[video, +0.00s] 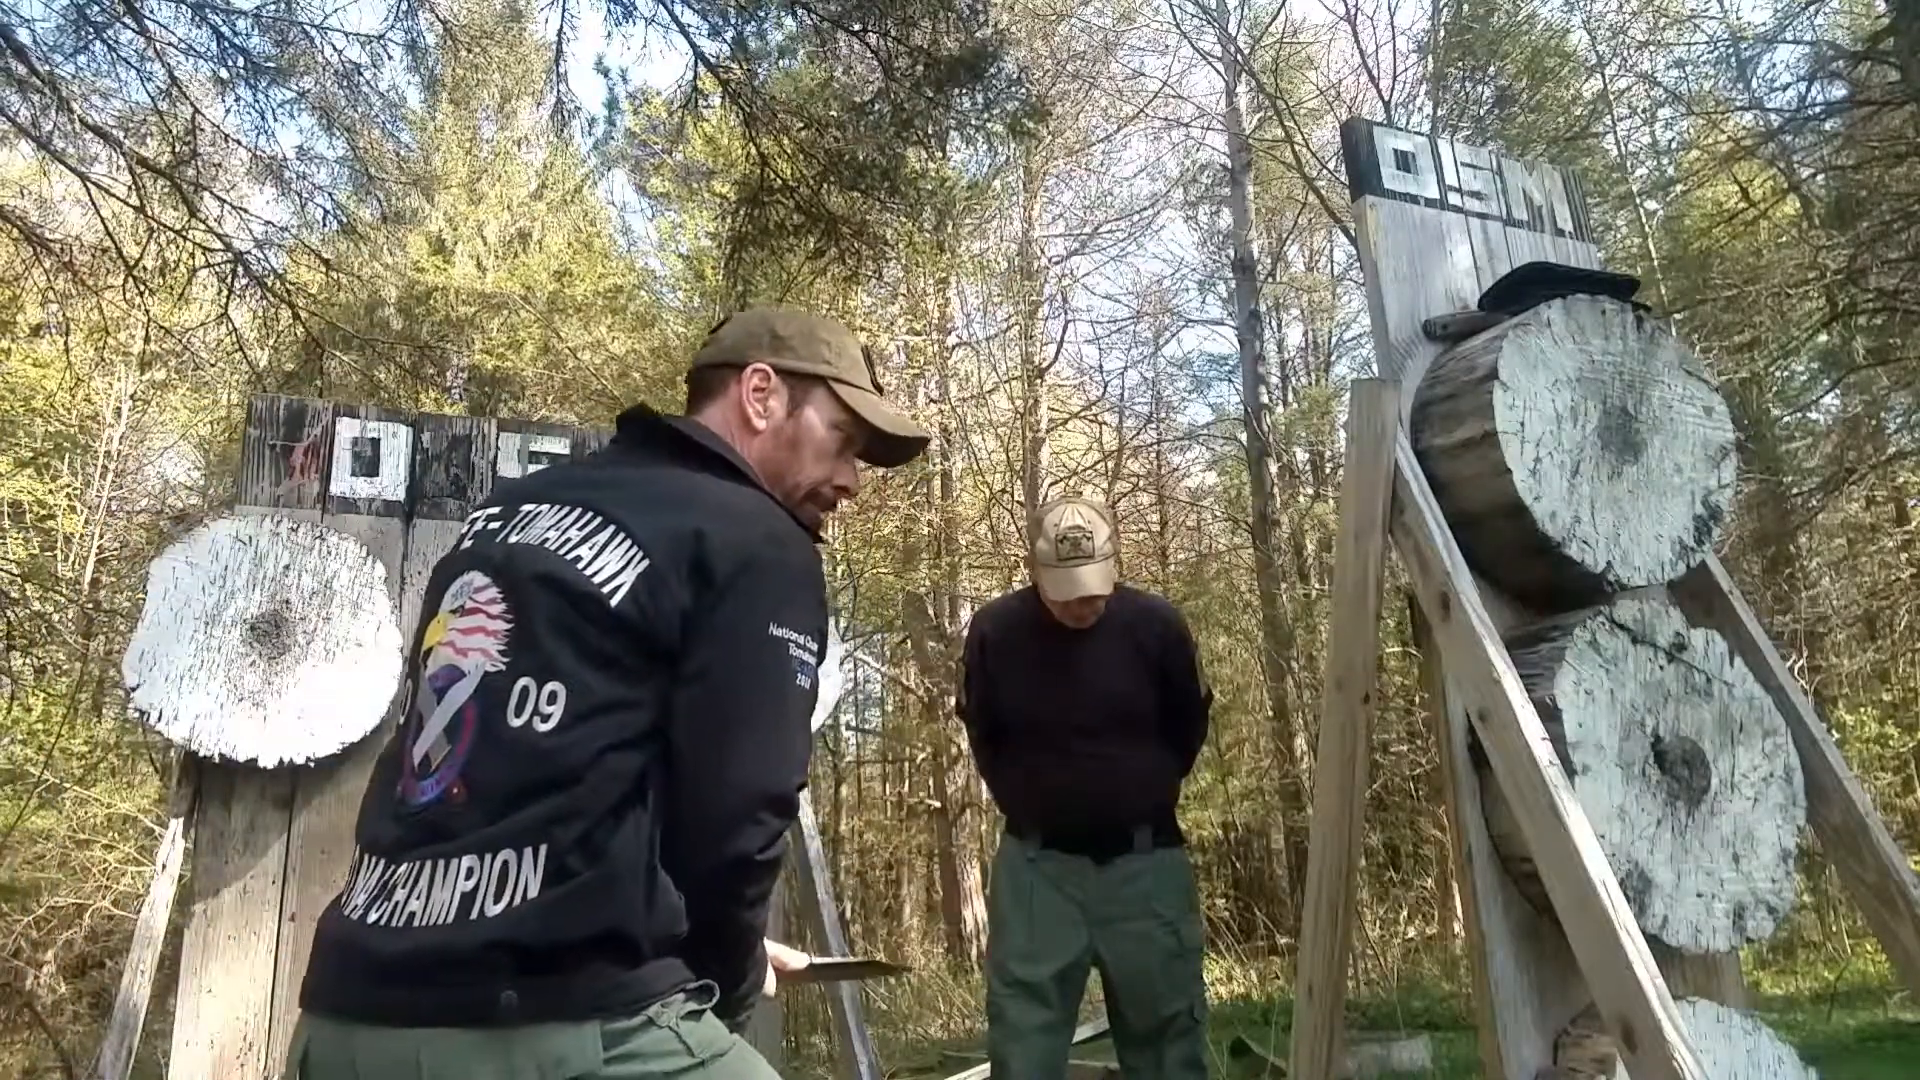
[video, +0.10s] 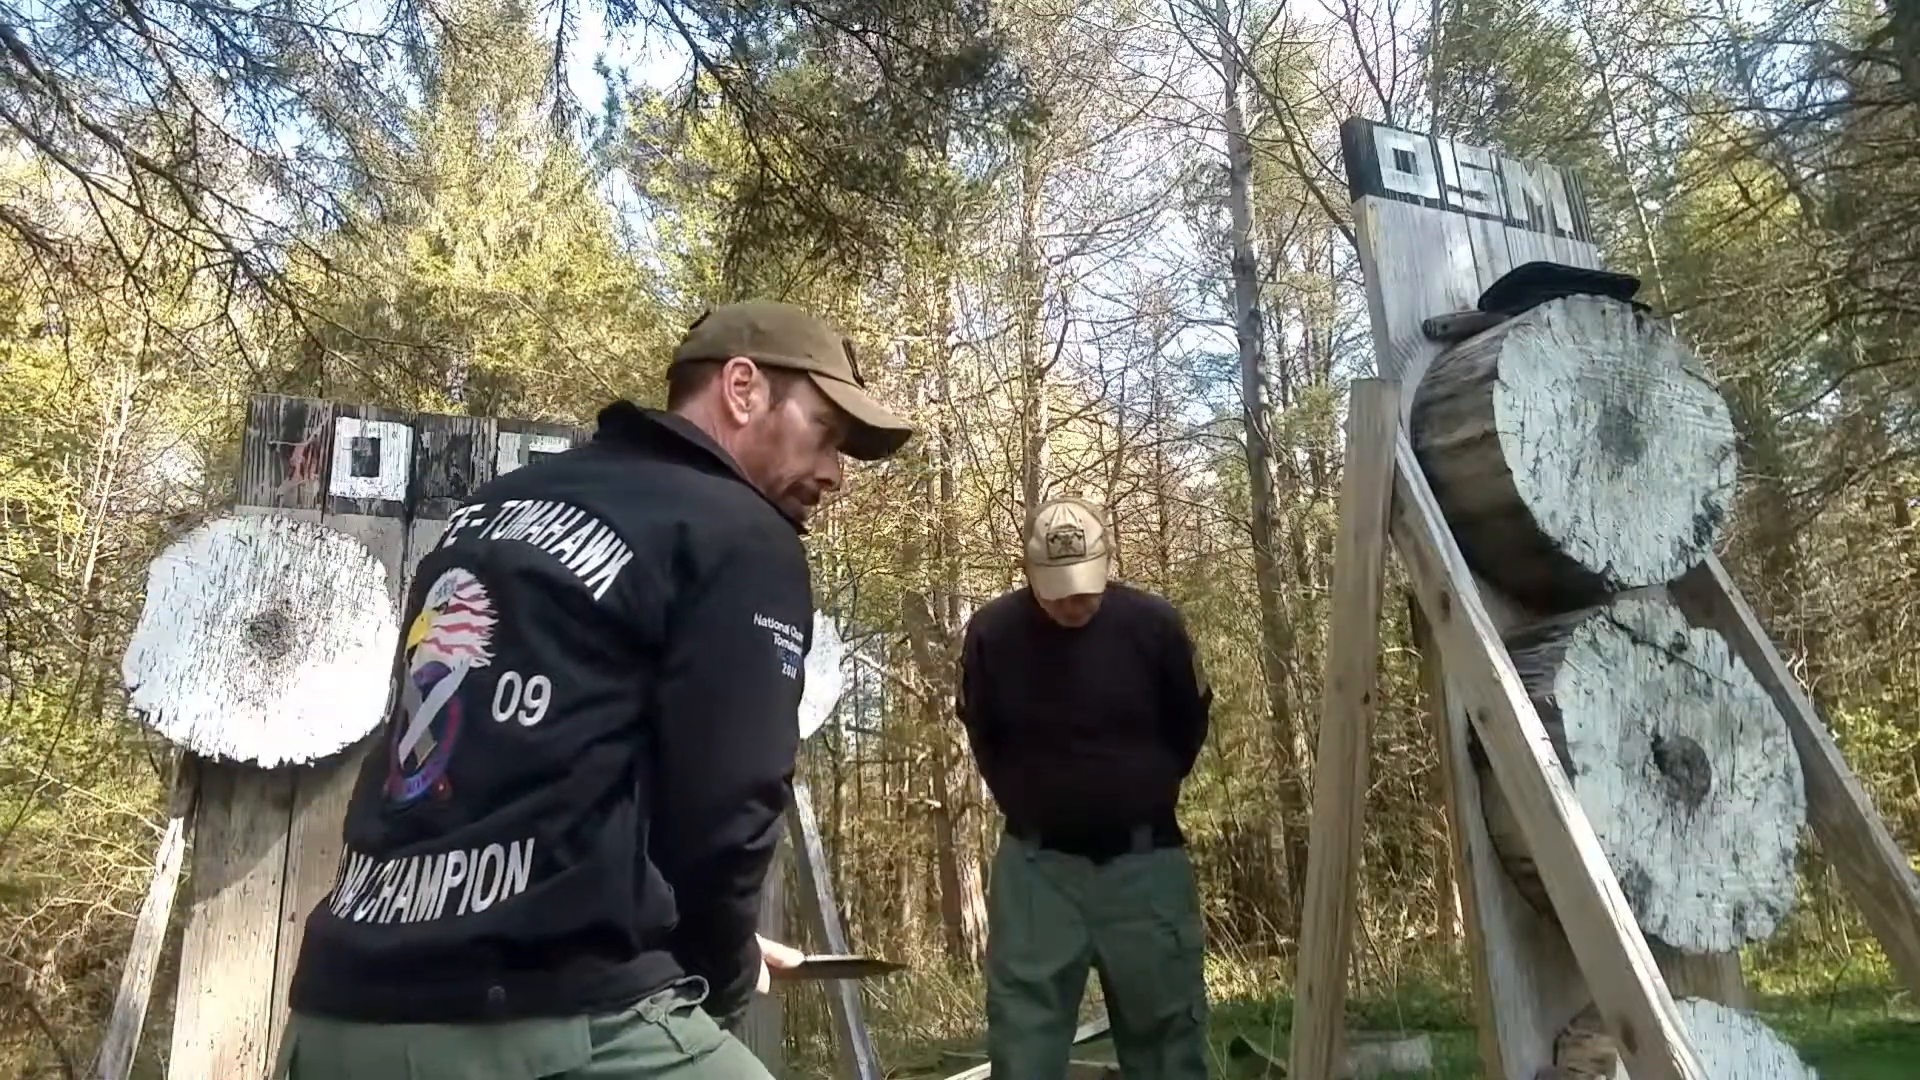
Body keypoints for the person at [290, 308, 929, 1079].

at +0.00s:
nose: (854, 483)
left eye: (862, 457)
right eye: (847, 442)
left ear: (753, 399)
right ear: (760, 398)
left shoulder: (513, 501)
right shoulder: (757, 541)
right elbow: (733, 820)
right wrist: (731, 982)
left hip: (356, 1020)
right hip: (580, 1023)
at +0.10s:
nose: (837, 478)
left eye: (844, 451)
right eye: (829, 436)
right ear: (741, 392)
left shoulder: (498, 499)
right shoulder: (740, 534)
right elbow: (723, 813)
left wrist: (731, 935)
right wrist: (724, 974)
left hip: (345, 1021)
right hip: (566, 1022)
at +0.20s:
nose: (805, 466)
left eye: (813, 440)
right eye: (794, 424)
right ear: (706, 383)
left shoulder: (464, 498)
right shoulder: (710, 523)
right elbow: (697, 813)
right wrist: (714, 967)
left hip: (327, 1015)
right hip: (547, 1011)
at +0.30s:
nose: (751, 458)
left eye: (756, 430)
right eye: (739, 416)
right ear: (650, 381)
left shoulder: (419, 506)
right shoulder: (662, 519)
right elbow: (656, 797)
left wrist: (680, 928)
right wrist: (685, 966)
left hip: (298, 1016)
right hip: (512, 1008)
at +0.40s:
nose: (684, 456)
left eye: (690, 430)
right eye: (669, 417)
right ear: (577, 385)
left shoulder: (352, 519)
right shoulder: (591, 519)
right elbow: (593, 795)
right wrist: (640, 967)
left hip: (252, 1017)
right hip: (456, 1008)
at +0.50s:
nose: (605, 455)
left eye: (609, 429)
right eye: (586, 413)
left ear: (492, 393)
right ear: (497, 389)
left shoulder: (271, 527)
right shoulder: (508, 518)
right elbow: (514, 794)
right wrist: (581, 964)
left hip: (182, 1023)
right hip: (385, 1012)